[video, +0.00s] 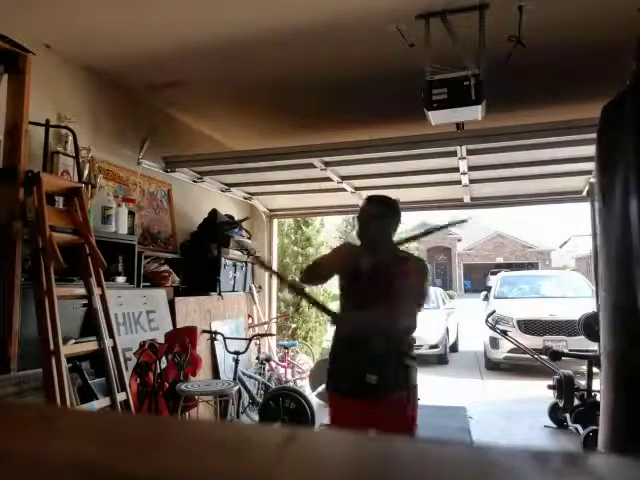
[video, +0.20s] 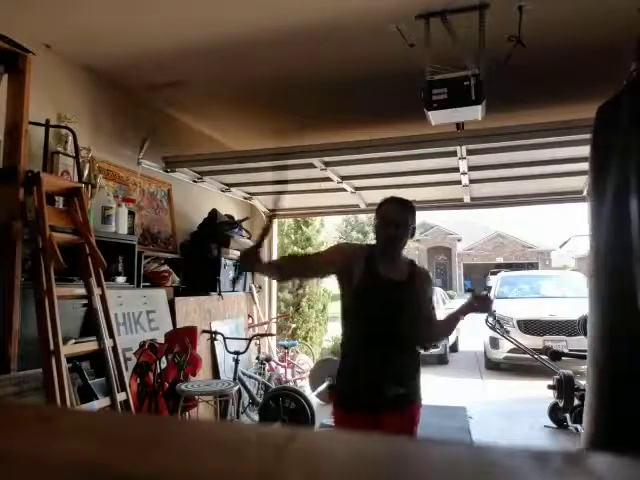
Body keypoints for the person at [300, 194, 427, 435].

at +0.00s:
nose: (361, 229)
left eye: (370, 222)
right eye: (360, 221)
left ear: (390, 225)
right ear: (358, 222)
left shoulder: (411, 266)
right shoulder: (349, 254)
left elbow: (404, 320)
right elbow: (308, 276)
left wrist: (351, 321)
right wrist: (340, 259)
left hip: (393, 379)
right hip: (348, 376)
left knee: (393, 462)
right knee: (346, 459)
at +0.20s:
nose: (391, 233)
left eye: (400, 227)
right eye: (385, 224)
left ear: (411, 231)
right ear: (375, 224)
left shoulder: (419, 278)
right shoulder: (349, 257)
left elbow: (428, 336)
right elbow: (298, 268)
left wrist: (466, 309)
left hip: (402, 395)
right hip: (355, 390)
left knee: (394, 473)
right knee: (352, 471)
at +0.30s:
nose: (403, 233)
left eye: (411, 227)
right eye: (397, 224)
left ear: (421, 233)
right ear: (384, 224)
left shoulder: (424, 281)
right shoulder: (358, 258)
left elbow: (446, 339)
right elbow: (306, 281)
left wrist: (477, 296)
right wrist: (264, 297)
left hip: (406, 402)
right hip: (357, 399)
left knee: (399, 475)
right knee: (353, 474)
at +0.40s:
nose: (409, 223)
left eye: (417, 217)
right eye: (403, 214)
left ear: (428, 225)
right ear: (390, 217)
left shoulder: (436, 273)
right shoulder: (362, 254)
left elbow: (481, 322)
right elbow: (316, 295)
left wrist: (486, 267)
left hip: (410, 407)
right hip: (358, 401)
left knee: (401, 478)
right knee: (344, 474)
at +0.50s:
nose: (396, 220)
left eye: (406, 213)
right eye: (391, 212)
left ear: (424, 215)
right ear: (384, 213)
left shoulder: (444, 260)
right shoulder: (365, 252)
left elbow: (510, 285)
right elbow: (334, 301)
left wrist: (483, 227)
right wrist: (342, 331)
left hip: (405, 391)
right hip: (353, 380)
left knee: (401, 476)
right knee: (309, 450)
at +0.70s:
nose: (386, 223)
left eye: (393, 214)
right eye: (380, 217)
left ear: (412, 214)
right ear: (373, 221)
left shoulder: (436, 252)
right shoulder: (369, 259)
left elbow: (480, 264)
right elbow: (342, 310)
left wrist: (445, 217)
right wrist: (375, 315)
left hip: (412, 375)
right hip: (365, 354)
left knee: (404, 470)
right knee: (287, 368)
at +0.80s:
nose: (388, 221)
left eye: (396, 212)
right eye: (382, 213)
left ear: (416, 213)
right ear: (376, 217)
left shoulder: (439, 257)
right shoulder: (366, 258)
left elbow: (481, 274)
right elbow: (338, 314)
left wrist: (452, 223)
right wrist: (385, 330)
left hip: (411, 384)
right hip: (364, 360)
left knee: (404, 472)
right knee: (313, 363)